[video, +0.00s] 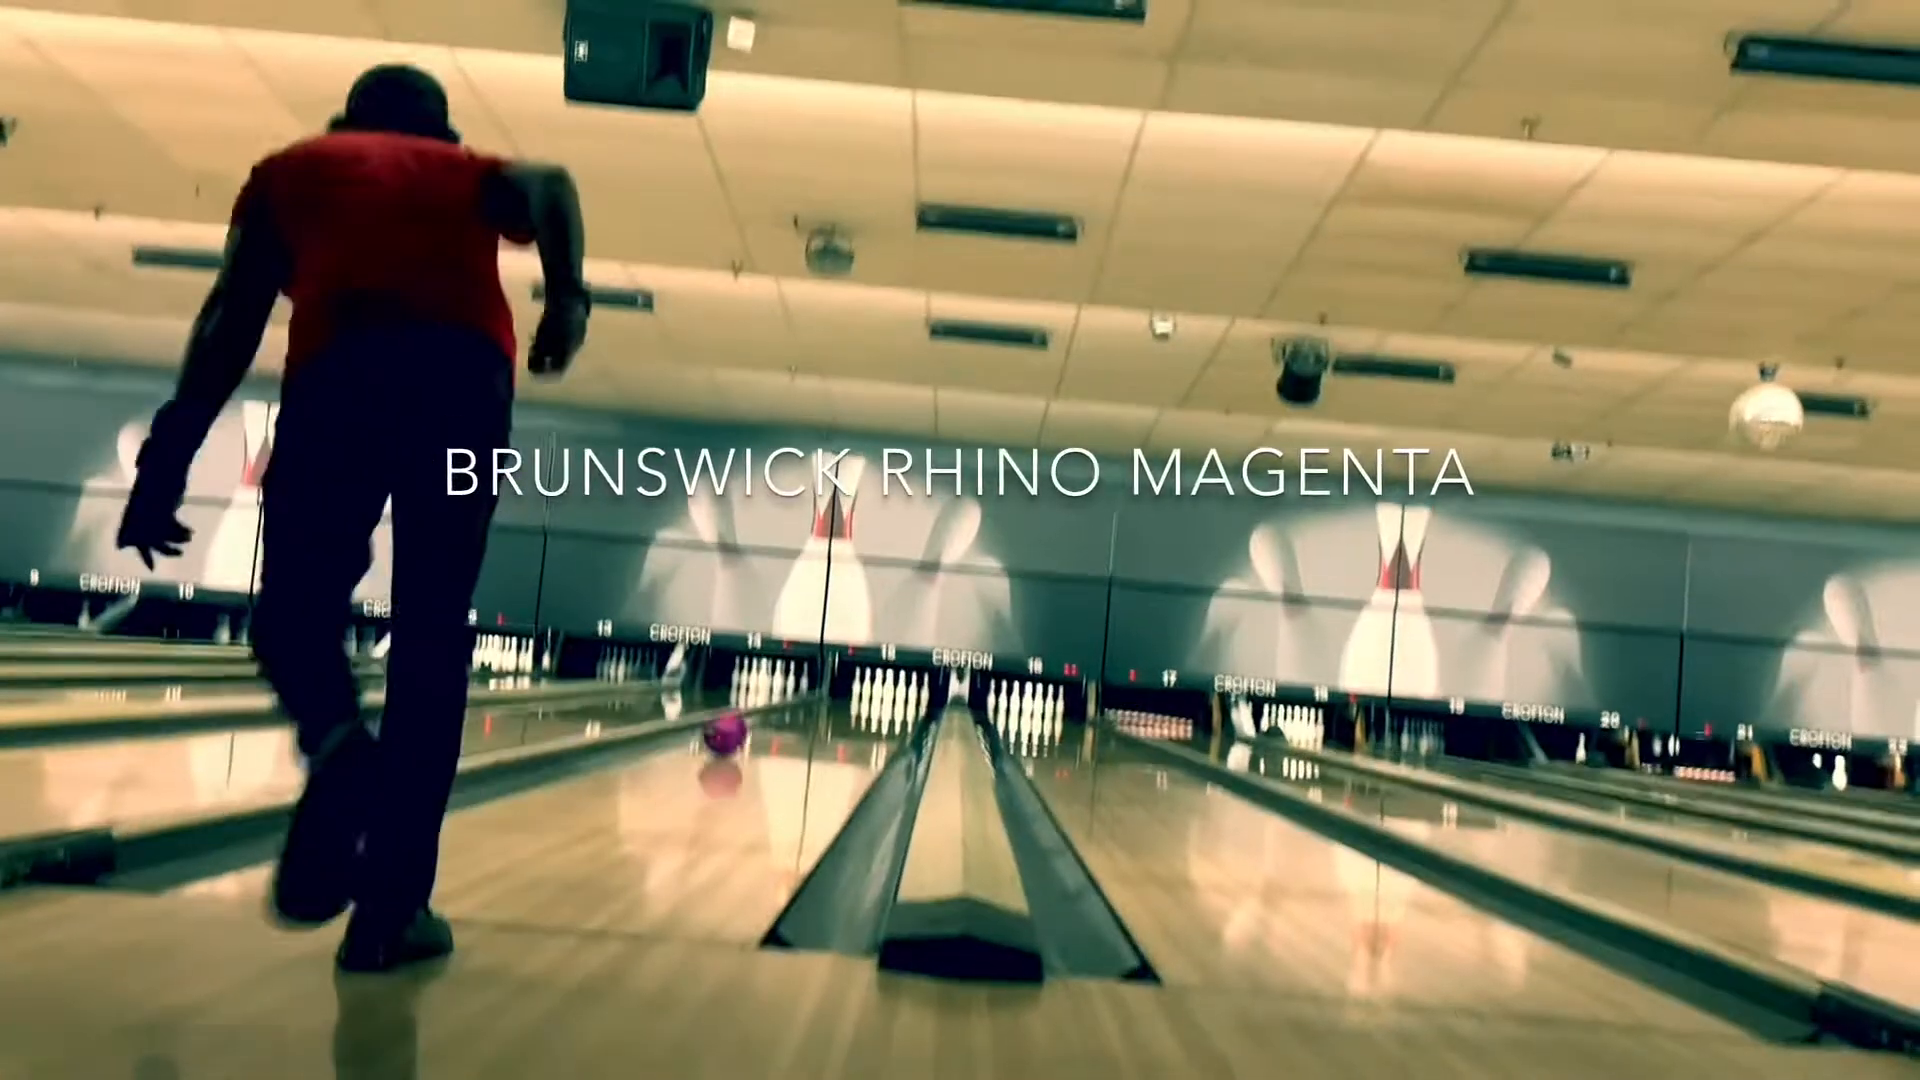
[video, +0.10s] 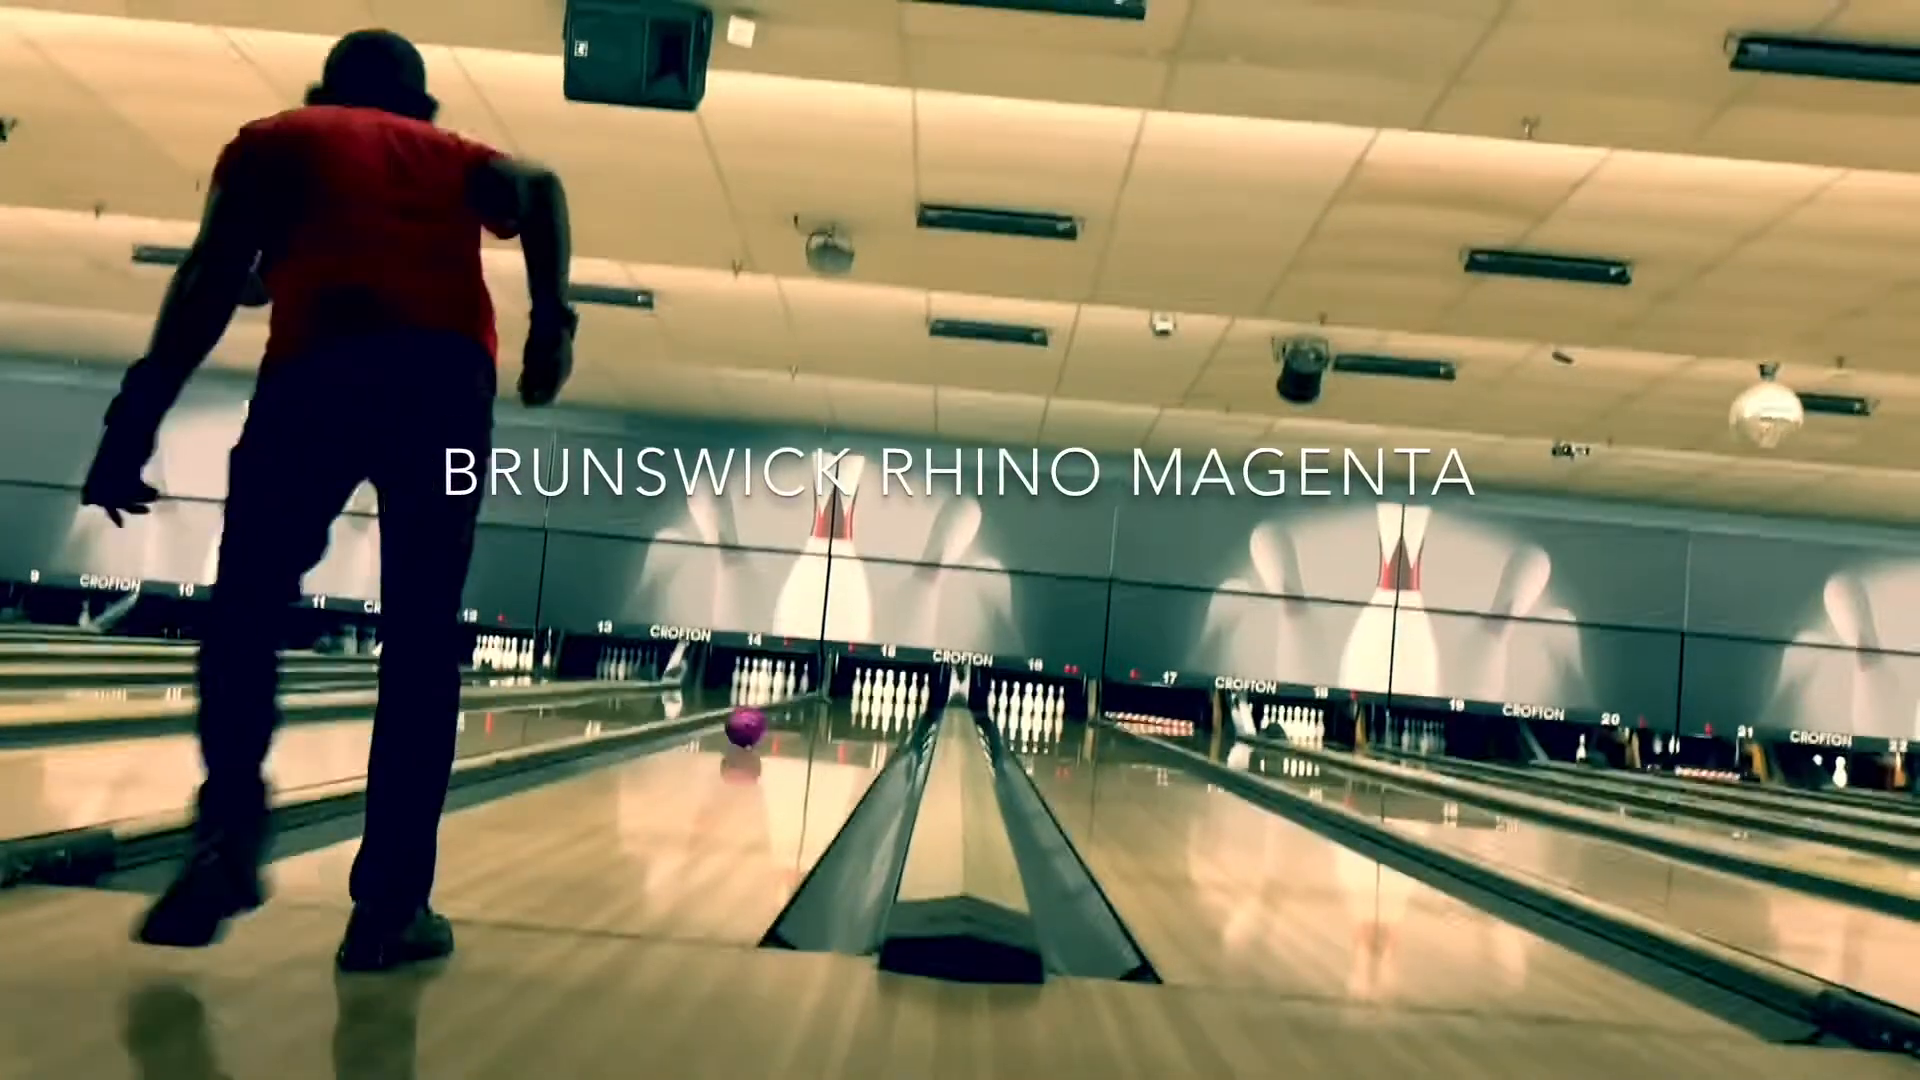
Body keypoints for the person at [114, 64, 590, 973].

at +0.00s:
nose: (446, 138)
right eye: (444, 125)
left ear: (347, 117)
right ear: (437, 125)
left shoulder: (289, 168)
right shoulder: (469, 167)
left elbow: (227, 329)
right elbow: (553, 186)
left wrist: (163, 469)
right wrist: (565, 298)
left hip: (339, 383)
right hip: (462, 383)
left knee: (296, 615)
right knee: (433, 638)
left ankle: (338, 753)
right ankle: (389, 913)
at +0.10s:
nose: (430, 117)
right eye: (426, 103)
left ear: (324, 86)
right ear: (415, 102)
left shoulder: (272, 141)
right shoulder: (453, 153)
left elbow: (204, 292)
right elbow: (540, 189)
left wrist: (130, 431)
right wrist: (553, 313)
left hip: (312, 387)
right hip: (445, 388)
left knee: (246, 611)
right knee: (422, 648)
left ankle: (228, 847)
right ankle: (390, 911)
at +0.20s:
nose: (402, 95)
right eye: (401, 82)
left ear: (294, 64)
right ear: (388, 79)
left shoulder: (238, 125)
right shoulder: (428, 139)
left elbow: (174, 277)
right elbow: (513, 190)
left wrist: (99, 420)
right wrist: (517, 333)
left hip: (276, 381)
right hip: (412, 389)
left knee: (193, 624)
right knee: (405, 649)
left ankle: (104, 893)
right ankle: (386, 912)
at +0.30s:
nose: (368, 65)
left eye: (358, 52)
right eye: (364, 53)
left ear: (267, 46)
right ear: (355, 53)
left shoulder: (200, 117)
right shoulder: (390, 122)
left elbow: (135, 277)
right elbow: (463, 185)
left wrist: (80, 425)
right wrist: (467, 341)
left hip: (225, 392)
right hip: (362, 394)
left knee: (159, 619)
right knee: (380, 642)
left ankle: (84, 880)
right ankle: (382, 912)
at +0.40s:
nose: (344, 49)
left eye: (334, 39)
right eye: (343, 37)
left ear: (239, 34)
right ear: (333, 38)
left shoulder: (168, 110)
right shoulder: (365, 106)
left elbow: (111, 266)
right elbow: (413, 182)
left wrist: (79, 405)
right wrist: (410, 339)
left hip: (188, 398)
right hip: (323, 397)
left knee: (135, 632)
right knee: (357, 645)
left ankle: (83, 890)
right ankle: (368, 901)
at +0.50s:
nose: (328, 34)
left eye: (319, 29)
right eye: (328, 24)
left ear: (218, 18)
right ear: (320, 23)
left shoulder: (145, 99)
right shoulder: (353, 100)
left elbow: (91, 262)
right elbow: (376, 244)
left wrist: (87, 386)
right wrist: (354, 371)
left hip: (167, 382)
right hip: (301, 384)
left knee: (127, 621)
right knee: (334, 636)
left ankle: (83, 887)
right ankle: (331, 883)